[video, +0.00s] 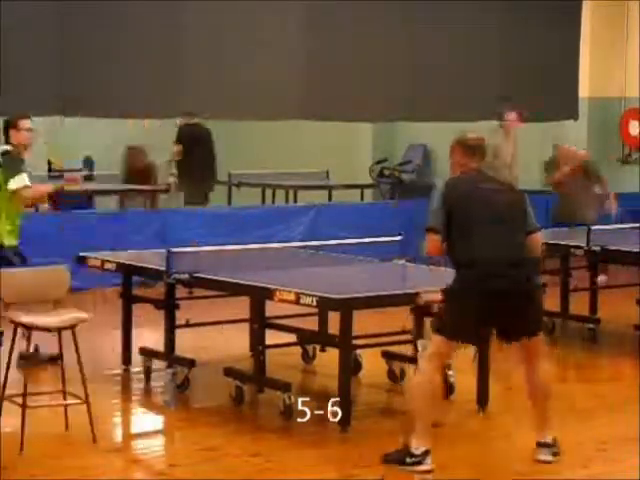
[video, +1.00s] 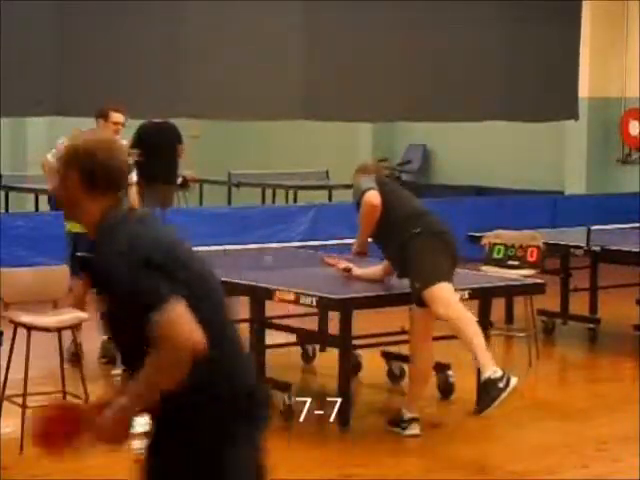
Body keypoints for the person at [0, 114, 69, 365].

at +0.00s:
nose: (30, 135)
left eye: (30, 130)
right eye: (25, 130)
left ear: (16, 135)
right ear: (11, 133)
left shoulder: (12, 157)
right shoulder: (10, 157)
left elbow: (18, 197)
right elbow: (22, 192)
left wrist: (43, 195)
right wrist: (58, 187)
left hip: (9, 240)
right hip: (6, 242)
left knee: (24, 291)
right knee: (24, 291)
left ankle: (27, 347)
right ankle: (27, 348)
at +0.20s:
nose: (87, 121)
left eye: (89, 116)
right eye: (82, 117)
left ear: (91, 120)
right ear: (69, 120)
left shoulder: (99, 144)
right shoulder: (56, 145)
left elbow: (108, 173)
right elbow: (28, 168)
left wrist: (113, 202)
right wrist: (41, 193)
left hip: (96, 224)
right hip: (65, 226)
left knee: (101, 282)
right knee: (61, 287)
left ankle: (106, 340)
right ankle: (55, 337)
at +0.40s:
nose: (101, 120)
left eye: (103, 116)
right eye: (96, 116)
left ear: (104, 119)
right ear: (83, 118)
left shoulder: (111, 145)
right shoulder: (68, 142)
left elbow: (117, 177)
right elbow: (40, 165)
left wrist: (122, 201)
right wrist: (52, 193)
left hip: (107, 222)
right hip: (77, 223)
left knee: (107, 283)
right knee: (70, 285)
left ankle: (106, 340)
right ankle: (56, 336)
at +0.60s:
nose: (112, 123)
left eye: (114, 119)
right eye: (108, 118)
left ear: (116, 123)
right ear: (93, 120)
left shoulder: (119, 149)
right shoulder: (75, 141)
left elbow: (124, 181)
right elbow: (46, 164)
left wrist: (128, 204)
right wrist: (60, 193)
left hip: (112, 224)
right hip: (83, 223)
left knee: (110, 283)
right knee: (78, 284)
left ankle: (107, 339)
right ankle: (67, 338)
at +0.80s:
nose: (118, 125)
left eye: (120, 122)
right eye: (113, 120)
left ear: (120, 125)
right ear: (98, 121)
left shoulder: (123, 151)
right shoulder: (78, 142)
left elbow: (129, 185)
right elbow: (49, 165)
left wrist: (122, 207)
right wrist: (61, 192)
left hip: (112, 224)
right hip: (83, 223)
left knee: (111, 284)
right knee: (80, 286)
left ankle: (107, 339)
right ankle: (74, 340)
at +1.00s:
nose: (119, 130)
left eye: (122, 126)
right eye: (115, 125)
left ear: (122, 127)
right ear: (100, 122)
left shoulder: (121, 152)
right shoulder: (78, 146)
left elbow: (131, 186)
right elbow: (49, 163)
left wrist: (135, 218)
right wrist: (60, 187)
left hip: (111, 228)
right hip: (80, 225)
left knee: (114, 292)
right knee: (79, 287)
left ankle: (111, 339)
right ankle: (75, 341)